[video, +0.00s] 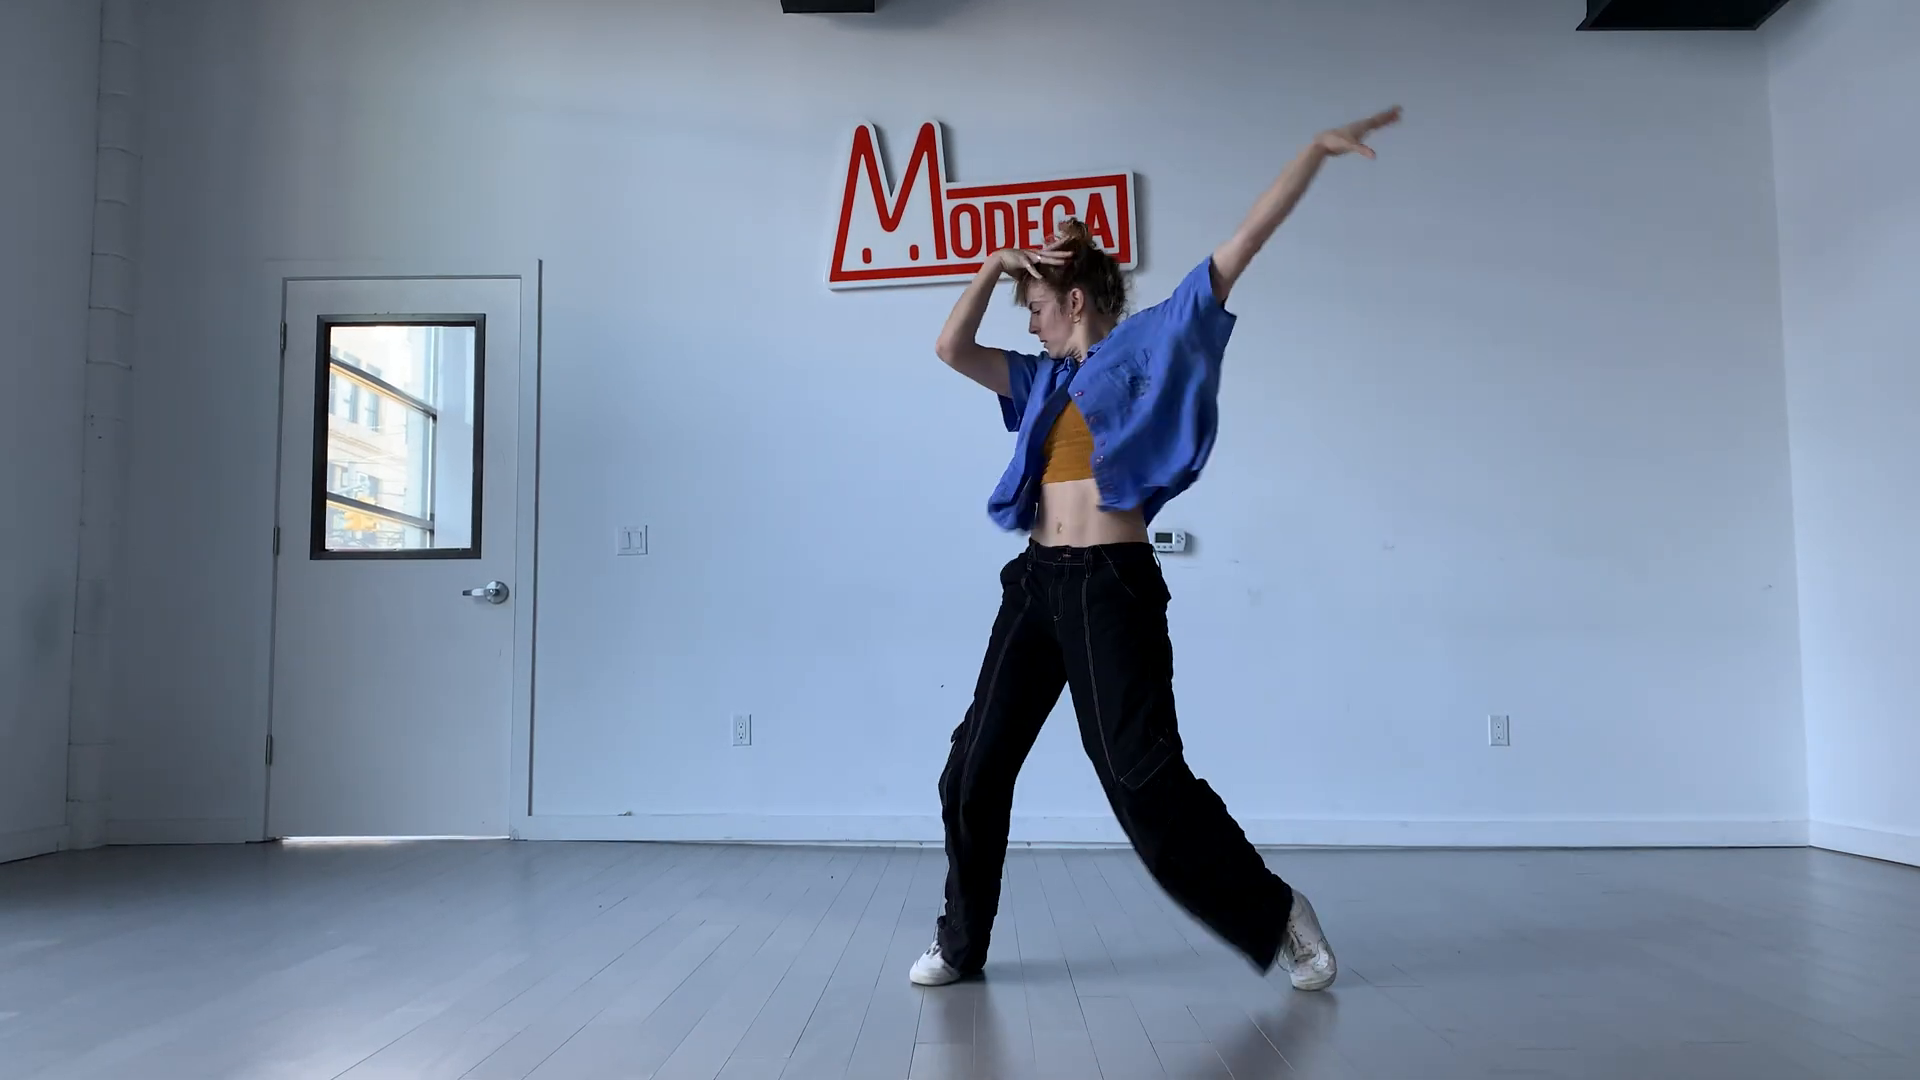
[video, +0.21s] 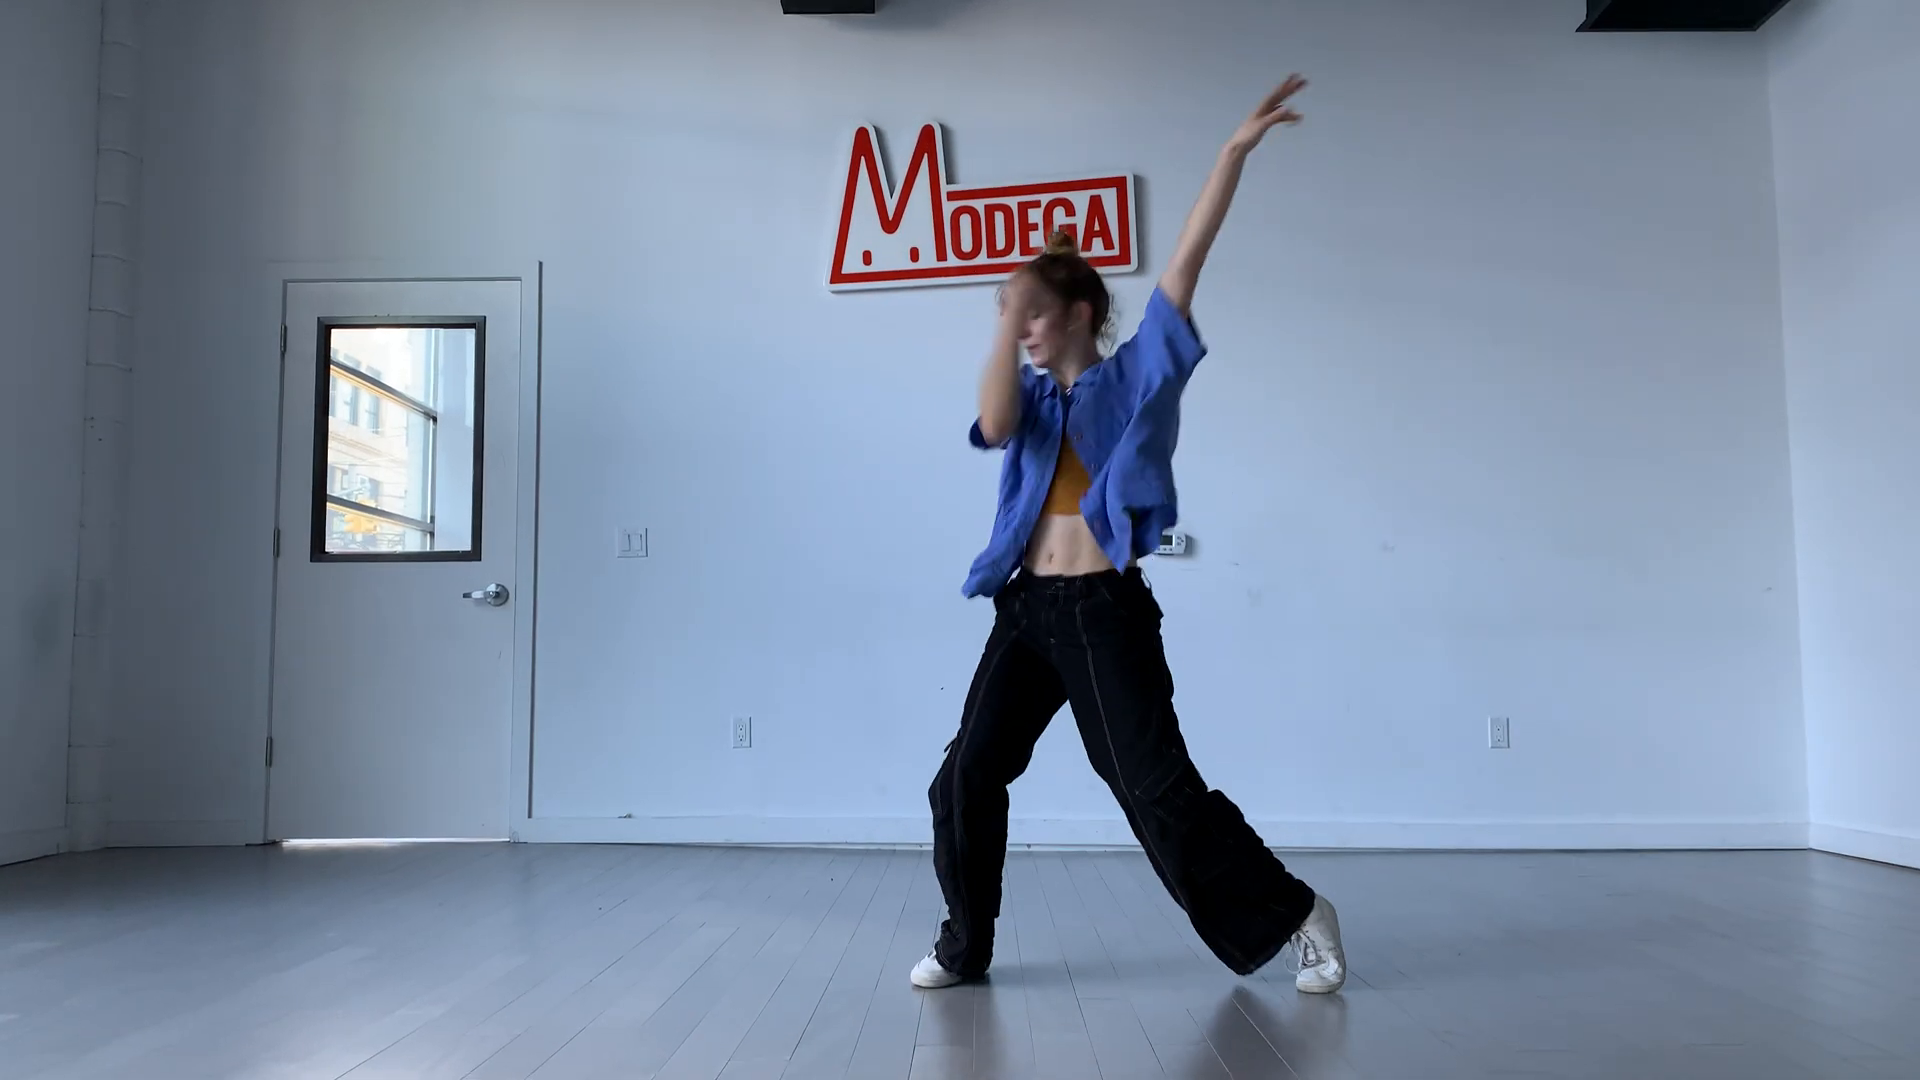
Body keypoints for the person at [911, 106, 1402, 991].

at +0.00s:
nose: (1029, 318)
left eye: (1035, 303)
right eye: (1026, 306)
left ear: (1078, 297)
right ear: (1054, 305)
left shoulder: (1155, 335)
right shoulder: (1041, 378)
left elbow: (1240, 248)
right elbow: (957, 350)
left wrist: (1316, 149)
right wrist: (989, 269)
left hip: (1112, 588)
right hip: (1035, 589)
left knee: (1144, 780)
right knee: (974, 769)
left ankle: (1280, 918)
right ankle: (960, 942)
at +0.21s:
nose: (1023, 336)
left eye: (1036, 319)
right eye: (1017, 322)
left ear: (1084, 312)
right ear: (1027, 325)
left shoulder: (1140, 373)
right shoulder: (1029, 395)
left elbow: (1185, 264)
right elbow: (993, 424)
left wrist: (1233, 152)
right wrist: (1013, 315)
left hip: (1107, 610)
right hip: (1025, 611)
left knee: (1157, 787)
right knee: (968, 775)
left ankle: (1300, 916)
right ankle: (965, 945)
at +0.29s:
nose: (1058, 311)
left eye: (1073, 302)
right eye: (1045, 300)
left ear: (1092, 319)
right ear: (1023, 318)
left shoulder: (1120, 385)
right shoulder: (989, 396)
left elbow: (1173, 313)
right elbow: (994, 487)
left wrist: (1230, 229)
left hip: (1095, 614)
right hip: (1011, 616)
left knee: (1163, 784)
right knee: (960, 779)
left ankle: (1306, 914)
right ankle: (962, 944)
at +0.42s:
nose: (1027, 296)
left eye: (1042, 285)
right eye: (1015, 284)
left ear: (1067, 300)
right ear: (997, 296)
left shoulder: (1098, 391)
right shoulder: (958, 387)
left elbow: (1154, 447)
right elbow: (918, 501)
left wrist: (1210, 483)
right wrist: (849, 595)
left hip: (1064, 598)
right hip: (970, 596)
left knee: (1144, 758)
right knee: (937, 768)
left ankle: (1266, 922)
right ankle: (961, 942)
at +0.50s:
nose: (1014, 299)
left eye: (1030, 284)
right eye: (1001, 283)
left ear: (1053, 293)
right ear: (983, 288)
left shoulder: (1081, 389)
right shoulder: (943, 372)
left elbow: (1129, 493)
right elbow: (867, 450)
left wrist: (1172, 588)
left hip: (1046, 591)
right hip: (953, 587)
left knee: (1109, 750)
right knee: (929, 761)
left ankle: (1189, 906)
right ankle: (959, 939)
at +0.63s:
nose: (994, 300)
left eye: (1009, 286)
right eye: (980, 284)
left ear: (1030, 291)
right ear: (960, 286)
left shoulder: (1054, 380)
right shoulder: (920, 348)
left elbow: (1073, 501)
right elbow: (857, 326)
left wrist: (1086, 606)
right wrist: (872, 289)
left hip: (1027, 581)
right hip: (936, 578)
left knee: (1044, 755)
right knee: (927, 765)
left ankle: (1059, 896)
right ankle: (962, 942)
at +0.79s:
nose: (980, 316)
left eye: (994, 303)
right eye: (967, 304)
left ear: (1015, 310)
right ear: (946, 312)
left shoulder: (1043, 398)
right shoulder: (913, 363)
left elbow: (1059, 491)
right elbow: (805, 326)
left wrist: (1093, 567)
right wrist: (840, 224)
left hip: (1004, 600)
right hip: (917, 586)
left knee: (1014, 771)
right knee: (919, 760)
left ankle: (956, 890)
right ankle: (959, 937)